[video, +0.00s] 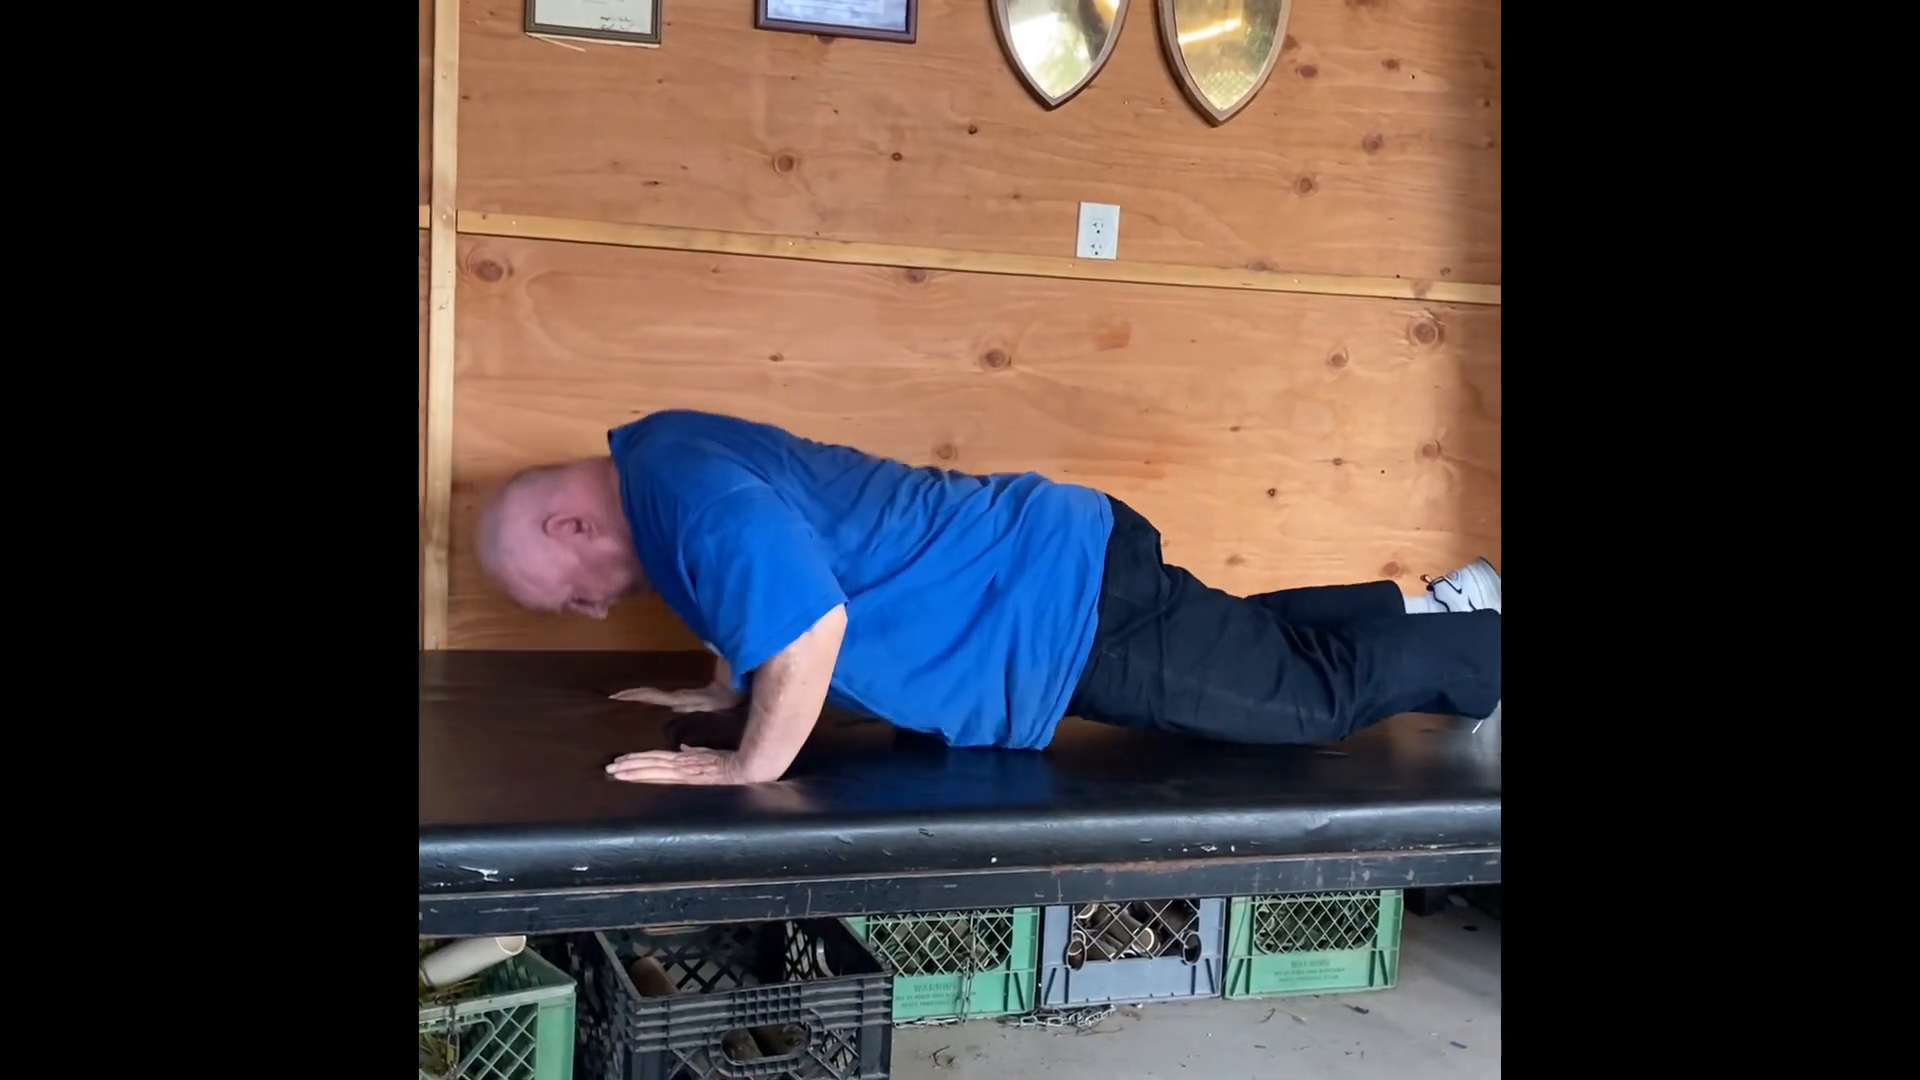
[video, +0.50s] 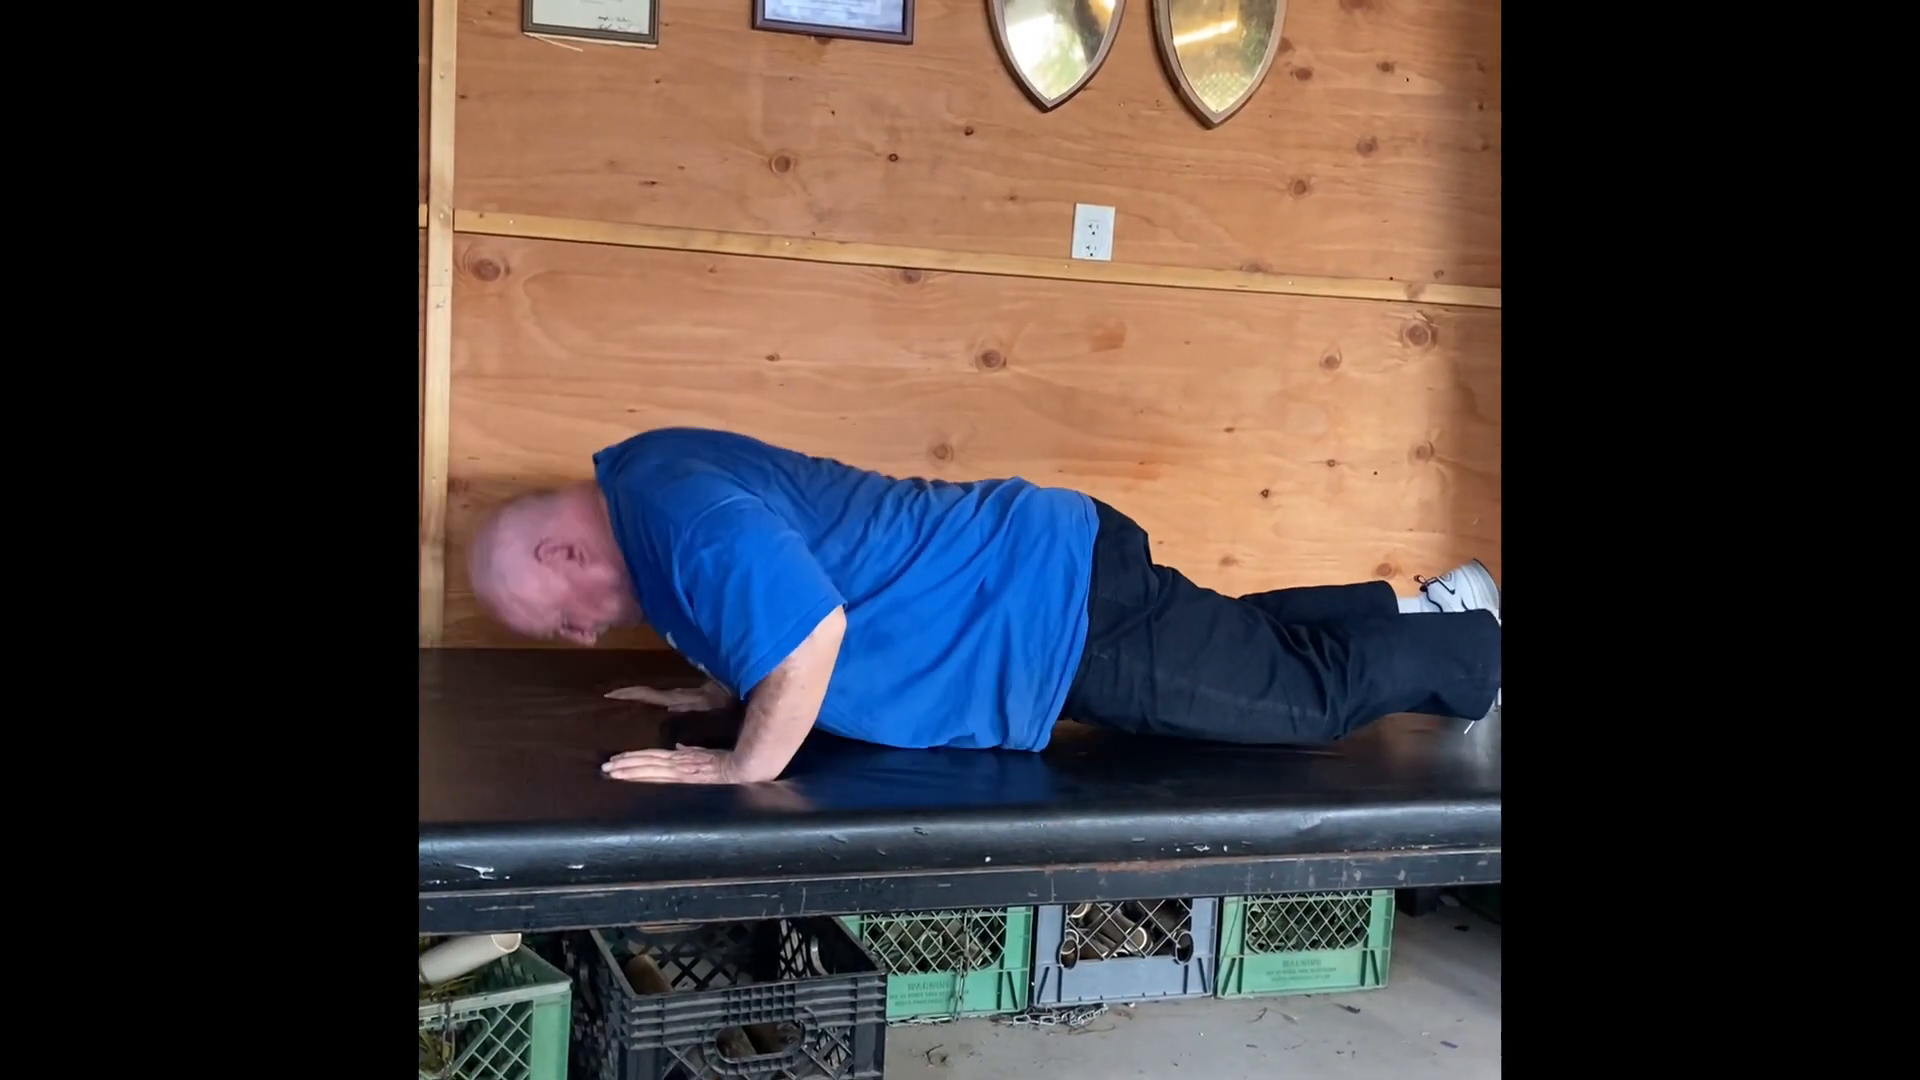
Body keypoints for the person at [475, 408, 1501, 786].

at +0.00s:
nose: (597, 599)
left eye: (571, 591)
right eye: (574, 597)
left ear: (569, 531)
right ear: (564, 500)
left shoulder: (686, 499)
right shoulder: (658, 463)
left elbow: (804, 618)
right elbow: (764, 592)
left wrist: (749, 766)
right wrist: (732, 690)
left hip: (1068, 608)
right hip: (1049, 571)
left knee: (1307, 695)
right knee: (1276, 649)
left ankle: (1486, 653)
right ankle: (1460, 612)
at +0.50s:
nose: (591, 622)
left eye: (568, 613)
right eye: (570, 619)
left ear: (566, 557)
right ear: (559, 528)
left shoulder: (683, 518)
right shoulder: (641, 487)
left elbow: (807, 633)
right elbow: (780, 599)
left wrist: (740, 771)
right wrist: (722, 693)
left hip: (1060, 607)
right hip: (1033, 586)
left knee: (1306, 687)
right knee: (1262, 654)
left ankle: (1479, 648)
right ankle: (1435, 612)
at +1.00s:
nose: (598, 541)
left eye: (575, 525)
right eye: (572, 531)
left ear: (581, 469)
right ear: (578, 441)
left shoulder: (710, 451)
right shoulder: (674, 431)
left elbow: (785, 605)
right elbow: (744, 591)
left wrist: (737, 759)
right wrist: (716, 708)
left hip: (1074, 568)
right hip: (1049, 567)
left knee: (1313, 674)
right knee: (1287, 628)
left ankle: (1485, 648)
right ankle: (1468, 606)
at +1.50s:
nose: (561, 644)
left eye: (541, 634)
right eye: (542, 642)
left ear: (543, 574)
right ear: (539, 560)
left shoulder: (661, 534)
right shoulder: (611, 513)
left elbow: (781, 636)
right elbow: (716, 635)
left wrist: (714, 772)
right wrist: (663, 690)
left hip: (1041, 634)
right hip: (1014, 615)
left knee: (1277, 726)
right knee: (1221, 666)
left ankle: (1463, 668)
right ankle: (1409, 626)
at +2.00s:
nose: (573, 511)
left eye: (556, 491)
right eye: (551, 502)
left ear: (571, 431)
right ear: (569, 415)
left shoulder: (695, 437)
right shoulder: (664, 412)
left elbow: (747, 613)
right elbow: (717, 592)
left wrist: (704, 770)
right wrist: (681, 705)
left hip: (1050, 583)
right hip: (1030, 557)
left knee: (1274, 696)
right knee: (1217, 638)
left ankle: (1462, 662)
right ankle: (1406, 618)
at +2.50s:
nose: (525, 658)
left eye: (502, 648)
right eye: (504, 659)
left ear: (498, 584)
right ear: (498, 577)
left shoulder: (625, 552)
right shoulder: (584, 541)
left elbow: (728, 665)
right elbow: (700, 654)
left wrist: (670, 802)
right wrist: (629, 721)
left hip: (984, 660)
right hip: (955, 680)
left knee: (1215, 755)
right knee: (1172, 710)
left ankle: (1428, 710)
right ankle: (1366, 673)